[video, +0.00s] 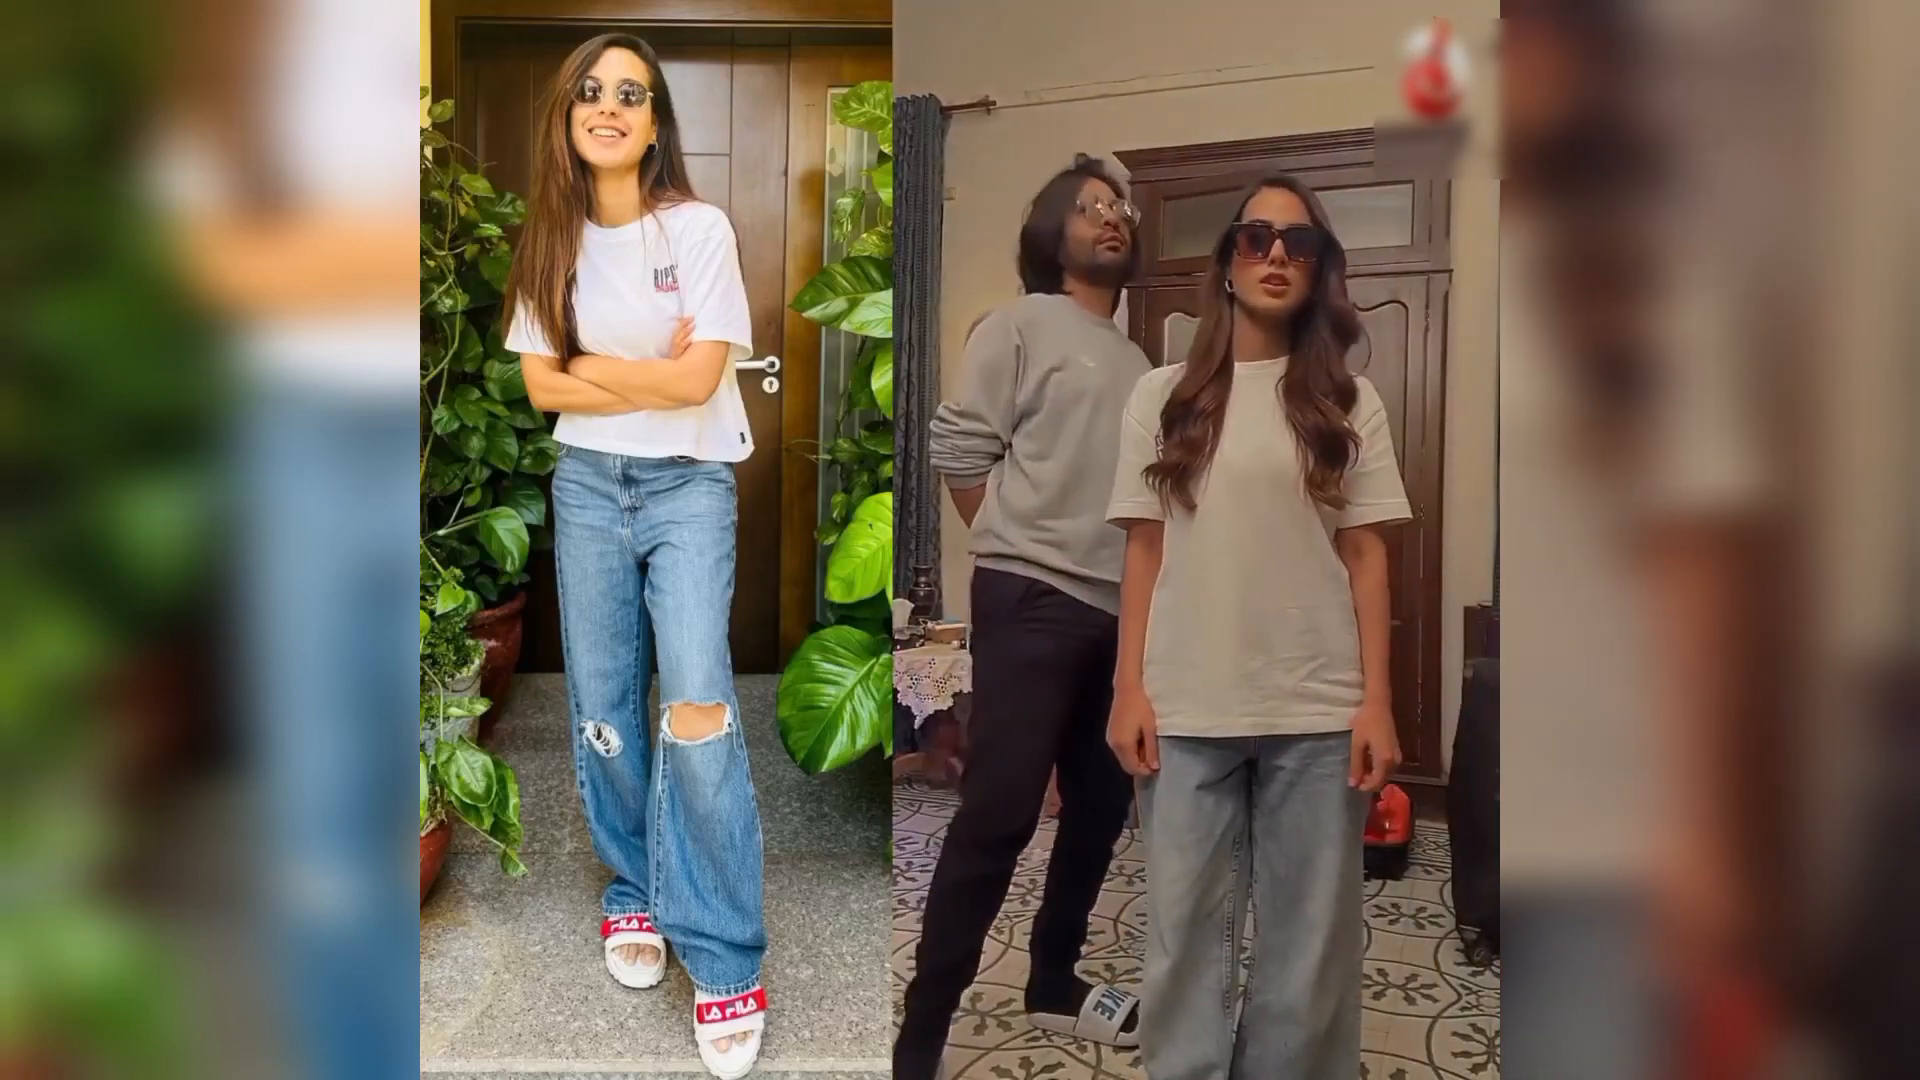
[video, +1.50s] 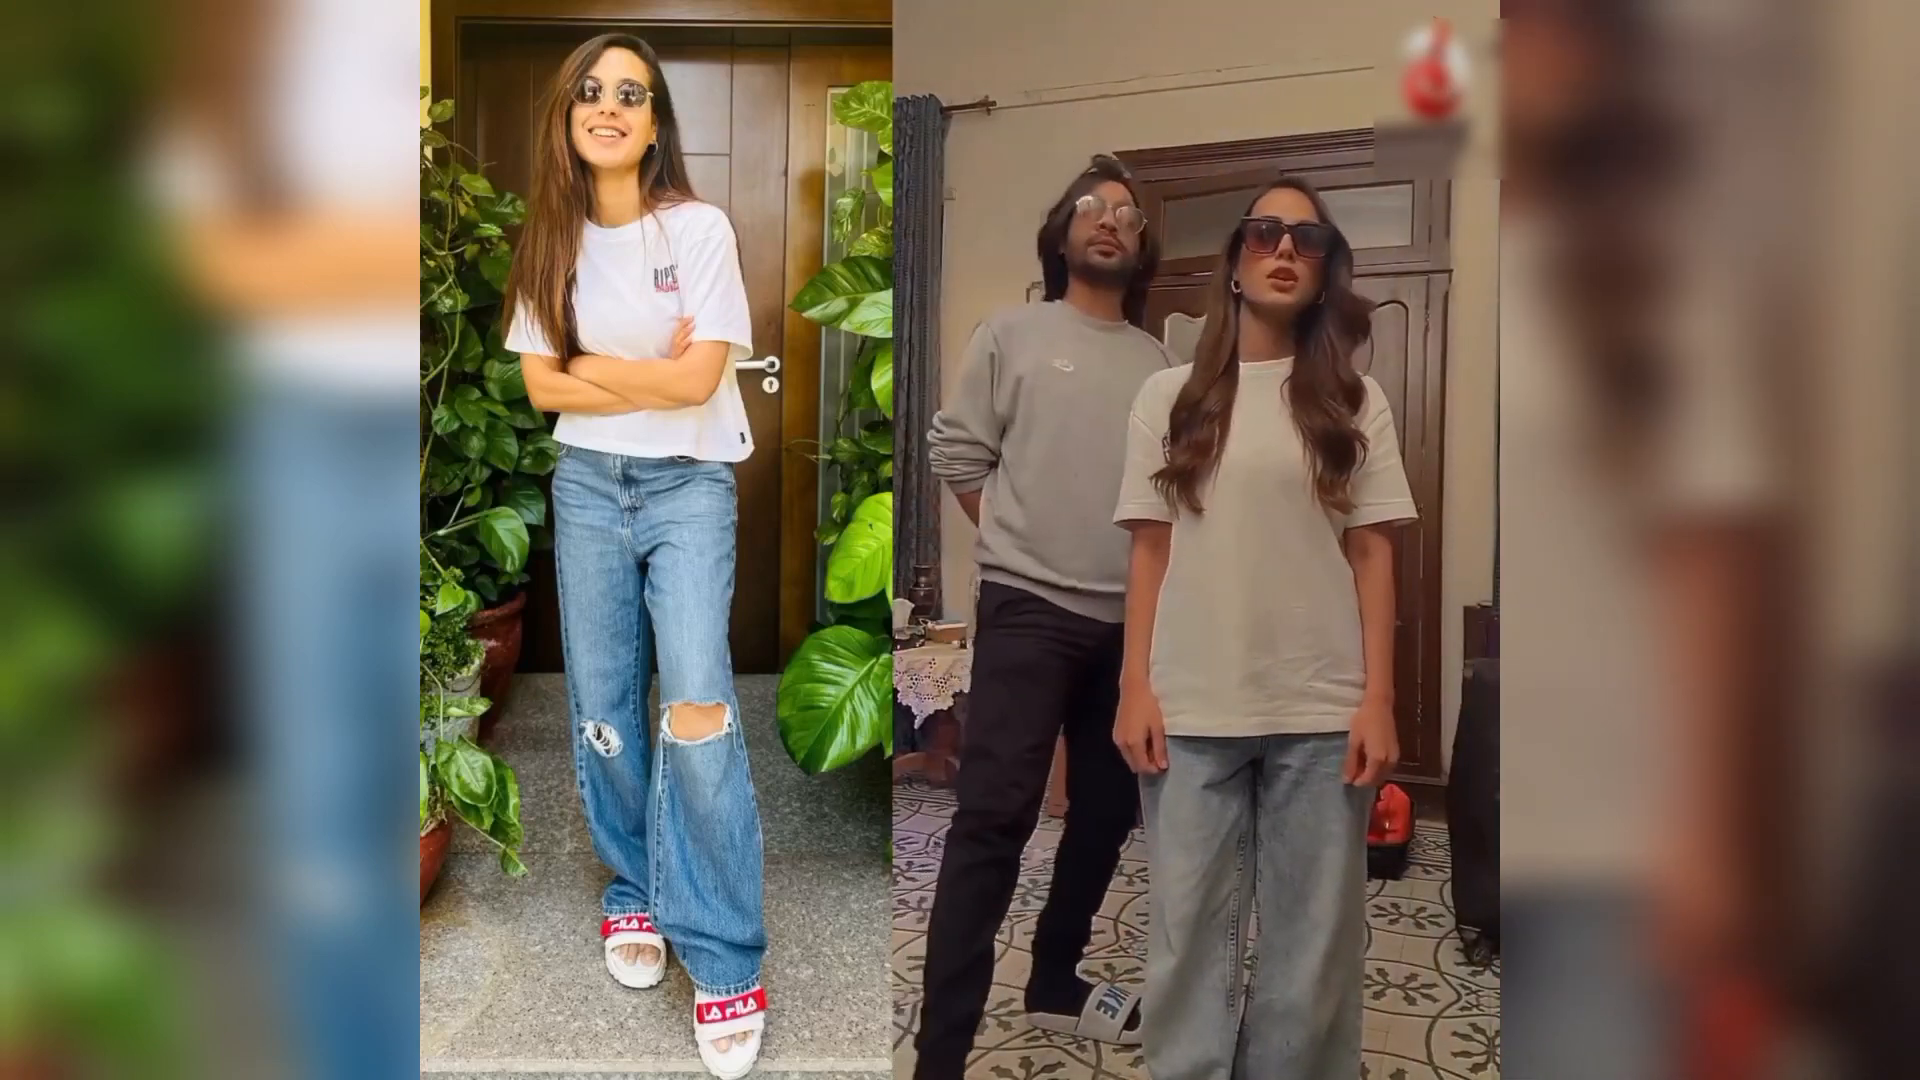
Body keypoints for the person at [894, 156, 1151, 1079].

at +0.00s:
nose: (1114, 218)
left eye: (1122, 207)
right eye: (1091, 206)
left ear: (1134, 239)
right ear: (1050, 233)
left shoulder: (1139, 361)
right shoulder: (1015, 326)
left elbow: (1148, 491)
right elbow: (962, 462)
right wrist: (1010, 556)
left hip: (1119, 604)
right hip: (1026, 595)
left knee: (1100, 805)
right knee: (1000, 810)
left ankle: (1054, 985)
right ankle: (925, 1030)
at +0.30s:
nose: (1108, 219)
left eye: (1120, 210)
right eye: (1086, 201)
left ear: (1125, 240)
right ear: (1034, 220)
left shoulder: (1125, 365)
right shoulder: (981, 342)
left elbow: (1125, 501)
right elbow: (918, 488)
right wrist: (975, 581)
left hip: (1108, 629)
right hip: (1010, 621)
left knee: (1111, 830)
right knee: (997, 853)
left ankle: (1056, 985)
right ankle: (916, 1061)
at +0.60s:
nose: (1085, 209)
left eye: (1081, 189)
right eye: (1062, 191)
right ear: (997, 210)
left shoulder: (1074, 319)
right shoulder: (951, 343)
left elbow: (1139, 312)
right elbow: (918, 526)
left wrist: (1190, 236)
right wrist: (919, 613)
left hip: (1105, 623)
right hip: (1017, 631)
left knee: (1105, 820)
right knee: (1033, 867)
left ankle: (1055, 989)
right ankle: (914, 1065)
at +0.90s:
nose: (1077, 200)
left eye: (1068, 185)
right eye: (1053, 188)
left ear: (1035, 216)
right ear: (1001, 217)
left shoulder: (1077, 329)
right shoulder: (961, 346)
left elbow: (1141, 325)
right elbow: (923, 527)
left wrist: (1195, 226)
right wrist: (942, 599)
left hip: (1111, 619)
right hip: (1025, 624)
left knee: (1110, 820)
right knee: (1028, 859)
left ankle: (1056, 982)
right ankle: (913, 1059)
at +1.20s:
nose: (1096, 204)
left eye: (1102, 193)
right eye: (1073, 193)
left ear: (1115, 221)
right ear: (1028, 219)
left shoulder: (1141, 348)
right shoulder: (1007, 323)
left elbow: (1148, 482)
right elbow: (941, 457)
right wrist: (990, 555)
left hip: (1118, 612)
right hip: (1024, 604)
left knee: (1102, 806)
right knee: (985, 829)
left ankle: (1055, 985)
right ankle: (912, 1054)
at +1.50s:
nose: (1109, 219)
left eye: (1125, 213)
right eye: (1093, 208)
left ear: (1143, 245)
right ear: (1060, 236)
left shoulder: (1165, 359)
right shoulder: (1010, 332)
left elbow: (1181, 489)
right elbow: (958, 456)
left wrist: (1134, 560)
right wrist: (1021, 543)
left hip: (1130, 616)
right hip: (1024, 606)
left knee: (1104, 809)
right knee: (992, 817)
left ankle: (1055, 982)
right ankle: (941, 1055)